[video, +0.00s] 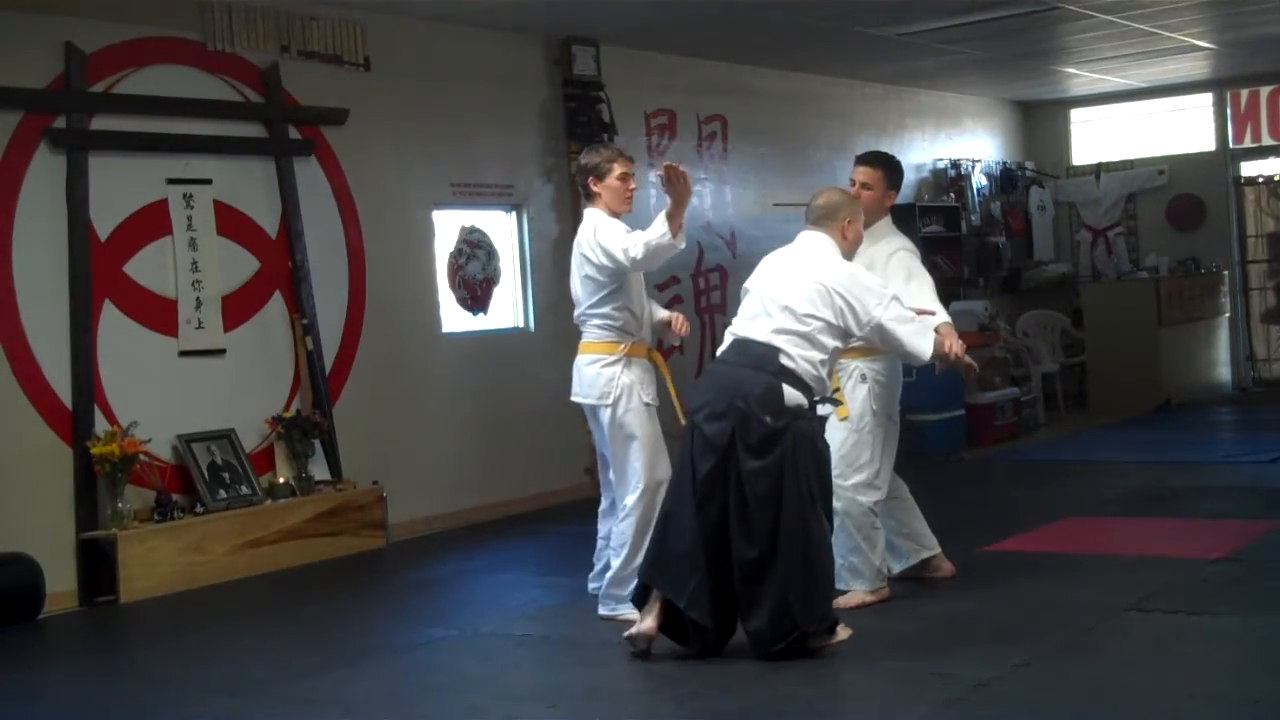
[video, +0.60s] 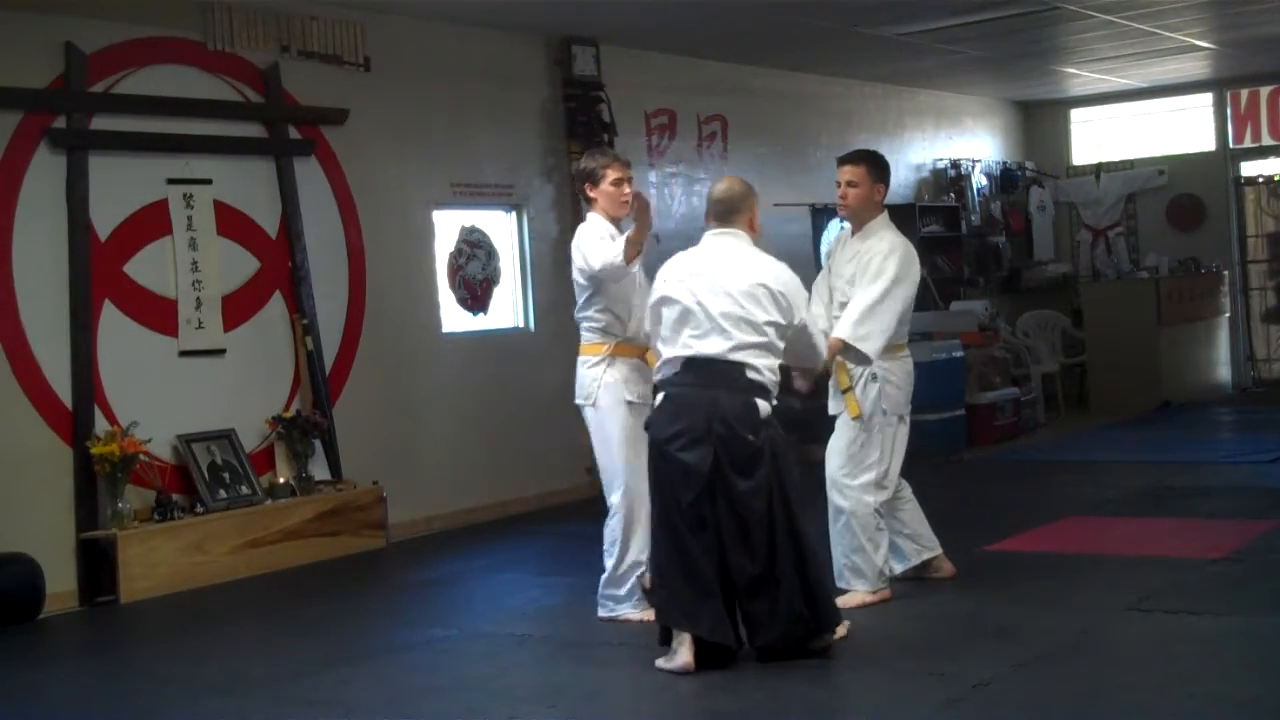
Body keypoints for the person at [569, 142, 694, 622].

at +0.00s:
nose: (632, 187)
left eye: (633, 178)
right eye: (624, 178)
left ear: (602, 187)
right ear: (594, 185)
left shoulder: (599, 229)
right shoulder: (600, 227)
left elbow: (627, 304)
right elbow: (637, 254)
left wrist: (664, 317)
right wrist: (676, 209)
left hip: (603, 367)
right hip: (617, 369)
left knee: (619, 479)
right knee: (650, 474)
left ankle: (608, 578)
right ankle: (619, 593)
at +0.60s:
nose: (628, 190)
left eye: (629, 182)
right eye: (618, 183)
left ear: (628, 189)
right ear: (591, 191)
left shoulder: (618, 236)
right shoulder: (590, 234)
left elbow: (635, 313)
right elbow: (616, 262)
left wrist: (652, 355)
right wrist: (640, 230)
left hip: (634, 370)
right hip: (608, 372)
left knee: (642, 485)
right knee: (627, 488)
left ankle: (639, 580)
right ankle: (618, 597)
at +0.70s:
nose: (626, 191)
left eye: (628, 183)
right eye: (616, 185)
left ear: (630, 188)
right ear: (592, 192)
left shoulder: (628, 239)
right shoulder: (586, 236)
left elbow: (640, 298)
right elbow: (595, 290)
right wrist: (627, 269)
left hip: (635, 364)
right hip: (603, 367)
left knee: (634, 478)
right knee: (614, 482)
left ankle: (632, 588)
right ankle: (615, 593)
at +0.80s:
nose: (624, 191)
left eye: (629, 182)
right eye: (614, 185)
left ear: (636, 187)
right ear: (594, 194)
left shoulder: (649, 241)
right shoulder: (585, 241)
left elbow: (660, 294)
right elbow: (576, 302)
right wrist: (611, 333)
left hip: (649, 361)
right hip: (604, 366)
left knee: (651, 469)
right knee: (605, 473)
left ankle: (656, 579)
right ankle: (605, 582)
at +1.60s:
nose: (605, 193)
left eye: (615, 186)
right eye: (599, 185)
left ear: (632, 192)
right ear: (591, 191)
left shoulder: (637, 240)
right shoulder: (603, 238)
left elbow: (630, 320)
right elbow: (603, 314)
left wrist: (610, 382)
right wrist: (596, 375)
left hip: (633, 369)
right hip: (609, 363)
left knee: (629, 468)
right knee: (623, 466)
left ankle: (638, 558)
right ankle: (632, 554)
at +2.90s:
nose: (637, 202)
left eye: (641, 194)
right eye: (628, 194)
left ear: (646, 199)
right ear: (607, 201)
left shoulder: (671, 246)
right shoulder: (590, 259)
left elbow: (689, 313)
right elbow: (596, 319)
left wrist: (669, 367)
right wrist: (589, 356)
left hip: (663, 362)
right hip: (611, 365)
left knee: (654, 453)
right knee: (601, 463)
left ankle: (680, 543)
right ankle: (602, 557)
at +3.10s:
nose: (681, 206)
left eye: (685, 199)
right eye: (673, 199)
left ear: (689, 203)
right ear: (651, 203)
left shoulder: (712, 249)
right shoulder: (630, 260)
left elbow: (726, 309)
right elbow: (628, 325)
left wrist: (726, 367)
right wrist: (629, 374)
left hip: (697, 365)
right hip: (647, 365)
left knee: (690, 460)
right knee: (620, 451)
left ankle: (688, 548)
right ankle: (625, 542)